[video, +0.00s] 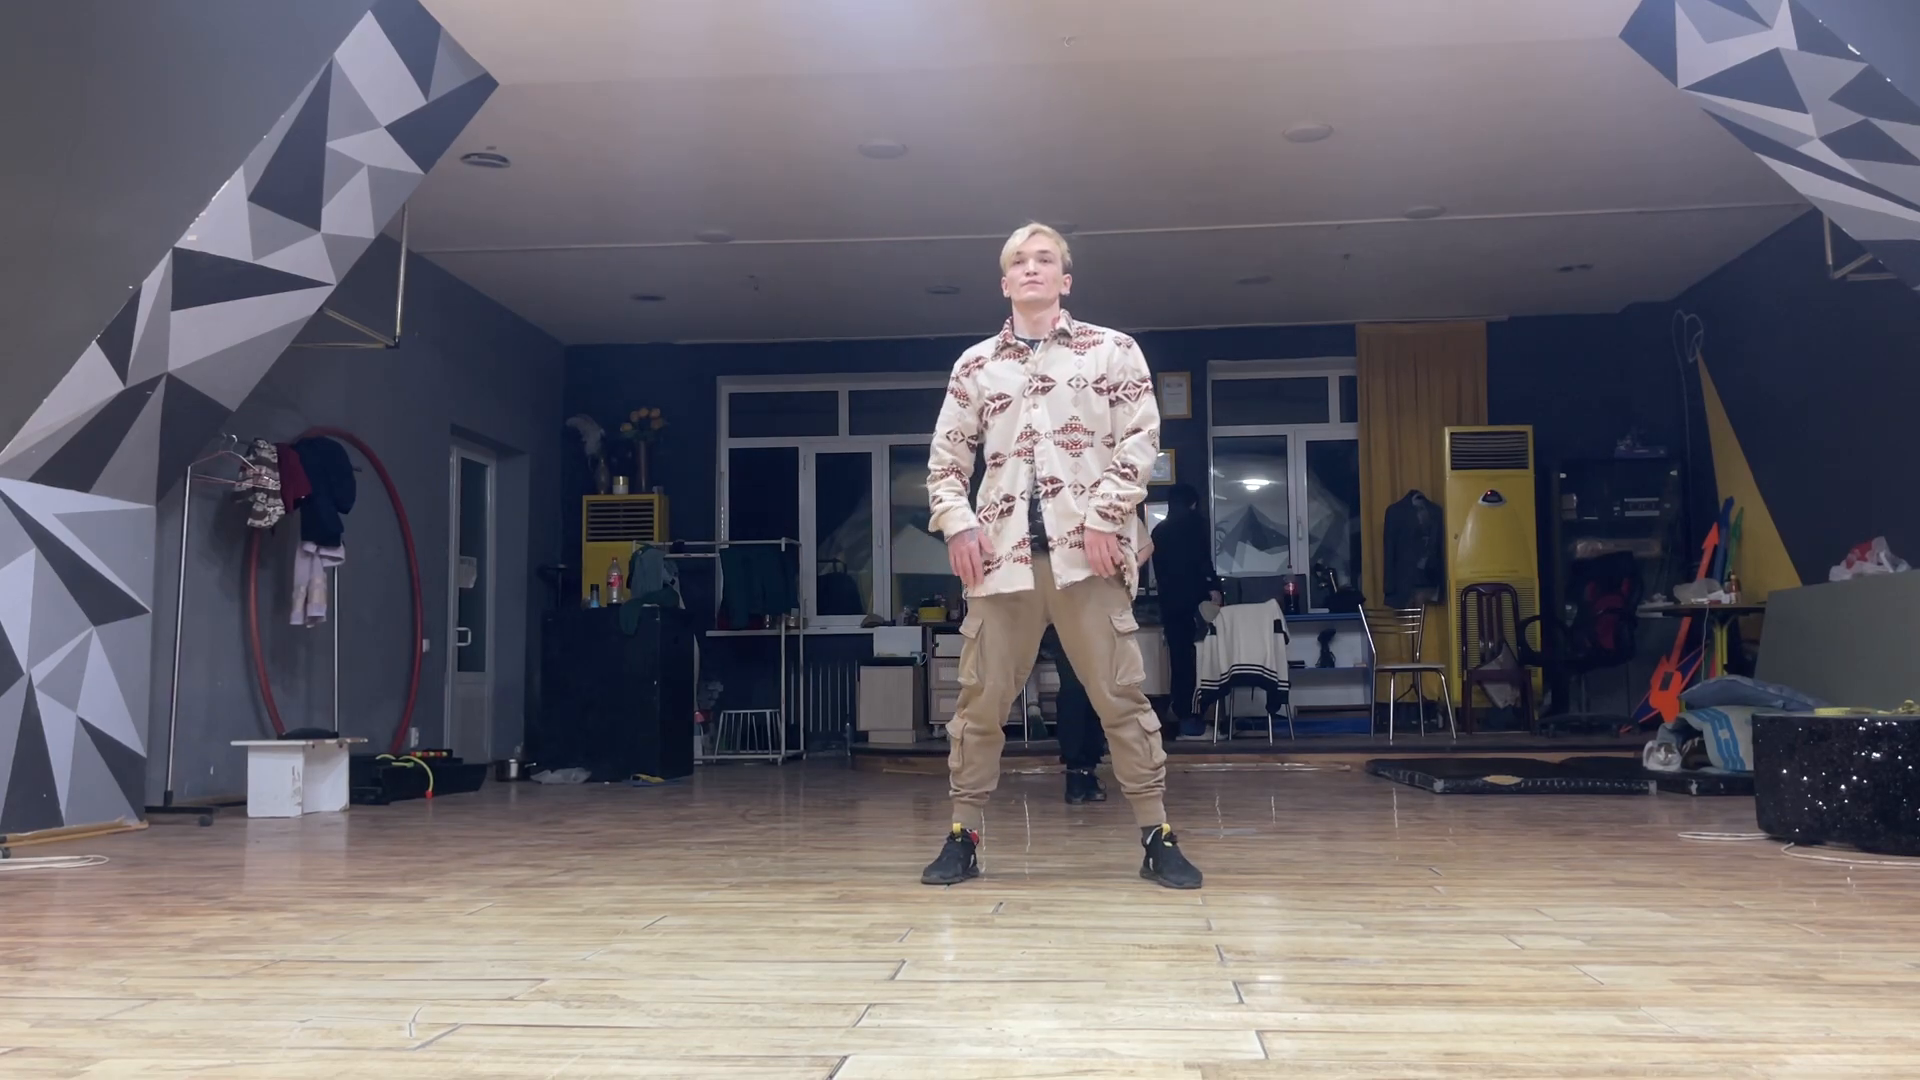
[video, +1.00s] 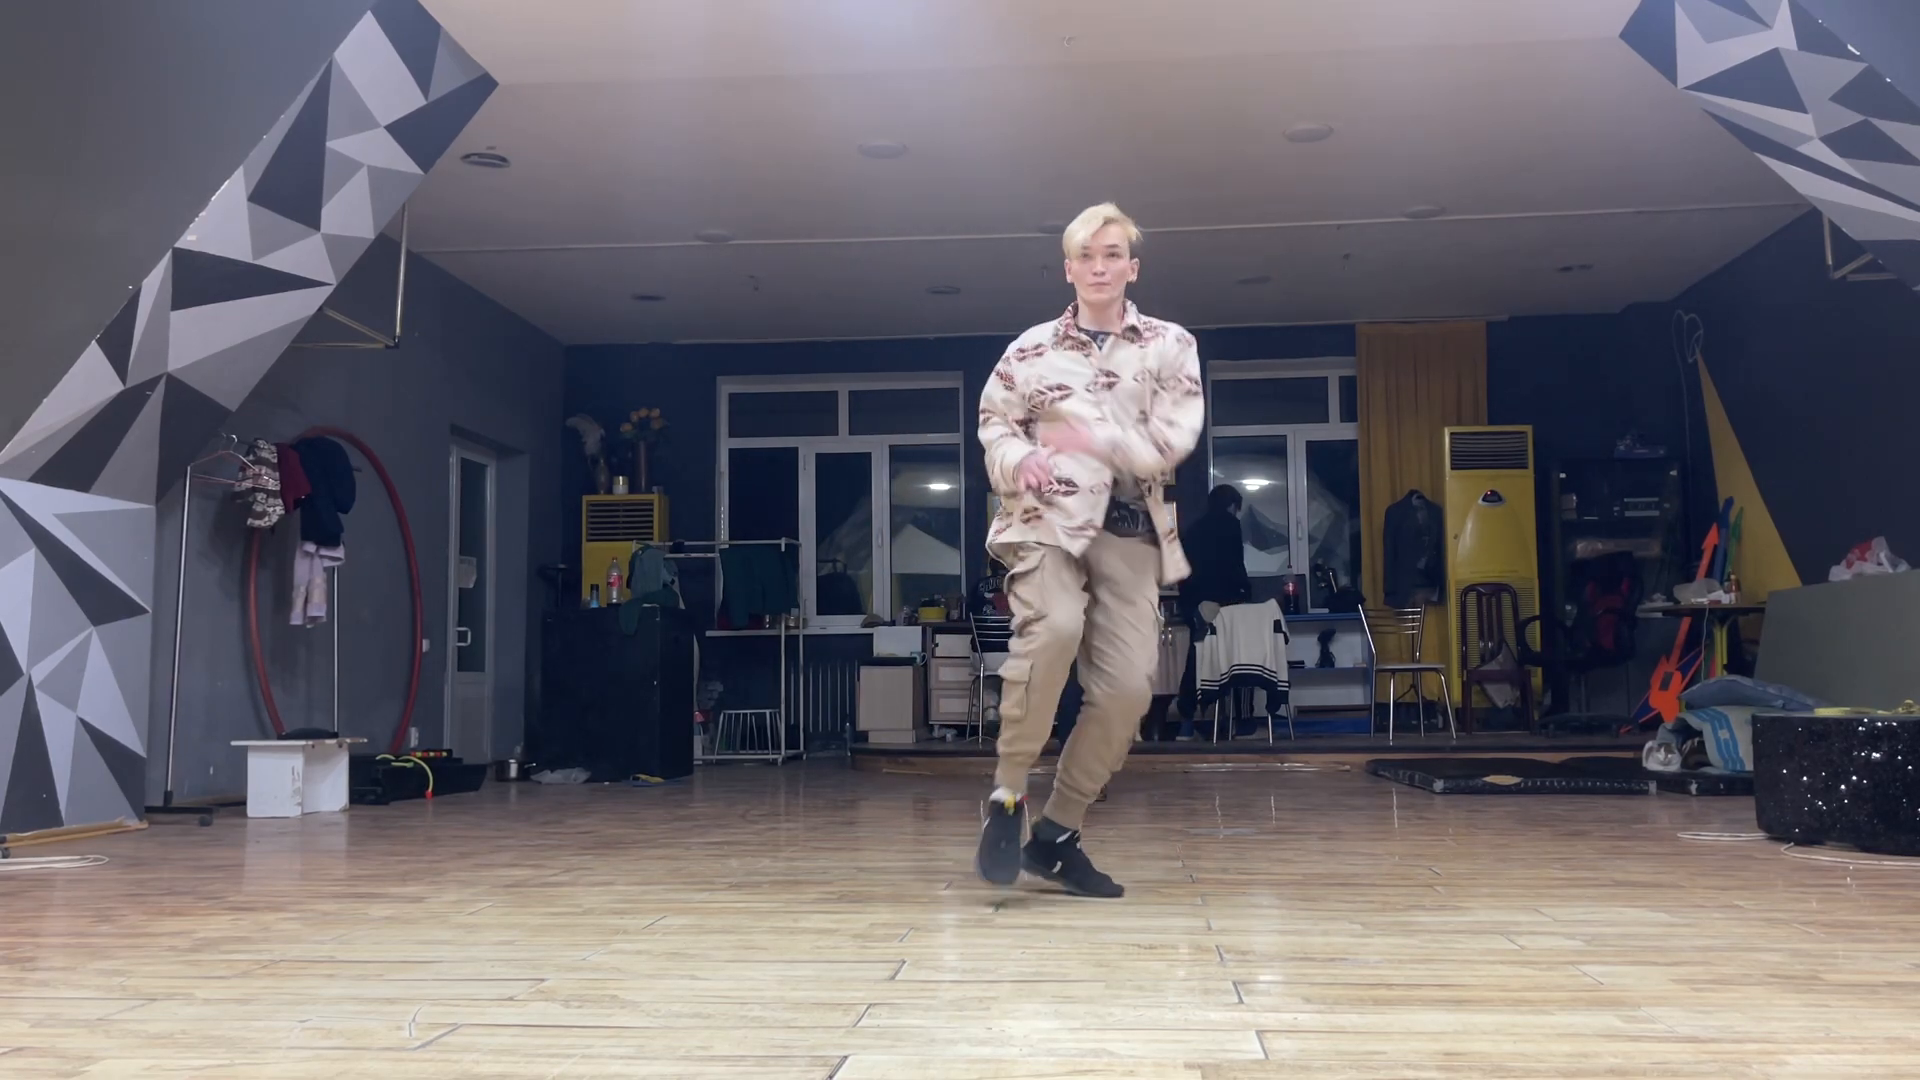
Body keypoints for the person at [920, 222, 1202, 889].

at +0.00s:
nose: (1031, 268)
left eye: (1043, 259)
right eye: (1020, 260)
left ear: (1066, 277)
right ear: (1003, 281)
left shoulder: (1114, 350)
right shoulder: (975, 366)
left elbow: (1141, 441)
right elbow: (947, 460)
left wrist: (1108, 516)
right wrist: (957, 523)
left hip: (1089, 553)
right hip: (1001, 559)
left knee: (1121, 696)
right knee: (980, 701)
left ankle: (1157, 835)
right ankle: (963, 836)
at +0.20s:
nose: (1043, 262)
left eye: (1056, 253)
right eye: (1031, 253)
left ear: (1076, 271)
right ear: (1013, 271)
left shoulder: (1107, 342)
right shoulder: (983, 346)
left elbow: (1158, 394)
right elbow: (937, 418)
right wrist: (972, 362)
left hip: (1091, 561)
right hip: (998, 563)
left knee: (1122, 701)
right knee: (977, 703)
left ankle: (1155, 836)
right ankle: (962, 837)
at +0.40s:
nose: (1083, 277)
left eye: (1091, 268)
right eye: (1068, 267)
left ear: (1101, 283)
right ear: (1038, 282)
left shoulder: (1116, 371)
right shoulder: (1003, 363)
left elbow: (1147, 457)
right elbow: (998, 462)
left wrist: (1159, 488)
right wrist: (1089, 490)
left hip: (1104, 571)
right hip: (1023, 573)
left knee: (1113, 709)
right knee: (1017, 717)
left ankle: (1051, 846)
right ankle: (962, 822)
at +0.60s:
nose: (1114, 291)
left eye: (1123, 281)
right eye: (1100, 279)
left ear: (1130, 290)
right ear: (1067, 287)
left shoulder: (1100, 371)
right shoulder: (1041, 351)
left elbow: (1109, 469)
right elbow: (1017, 417)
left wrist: (1170, 486)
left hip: (1096, 560)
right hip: (1044, 549)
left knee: (1144, 698)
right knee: (1076, 676)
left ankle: (1061, 839)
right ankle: (973, 831)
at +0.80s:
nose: (1134, 345)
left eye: (1138, 334)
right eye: (1127, 331)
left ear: (1124, 337)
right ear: (1093, 325)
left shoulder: (1113, 389)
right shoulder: (1050, 375)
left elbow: (1143, 394)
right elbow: (1016, 348)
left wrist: (1182, 385)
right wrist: (1111, 320)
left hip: (1084, 585)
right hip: (1054, 575)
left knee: (1151, 717)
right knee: (1076, 729)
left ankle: (1062, 843)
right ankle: (950, 864)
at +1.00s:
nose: (1101, 266)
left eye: (1114, 254)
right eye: (1088, 255)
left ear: (1133, 264)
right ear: (1068, 267)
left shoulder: (1170, 347)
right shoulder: (1032, 348)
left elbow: (1165, 447)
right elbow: (996, 428)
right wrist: (1022, 462)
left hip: (1130, 534)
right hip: (1045, 523)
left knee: (1127, 689)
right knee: (1056, 629)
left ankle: (1054, 832)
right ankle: (1006, 800)